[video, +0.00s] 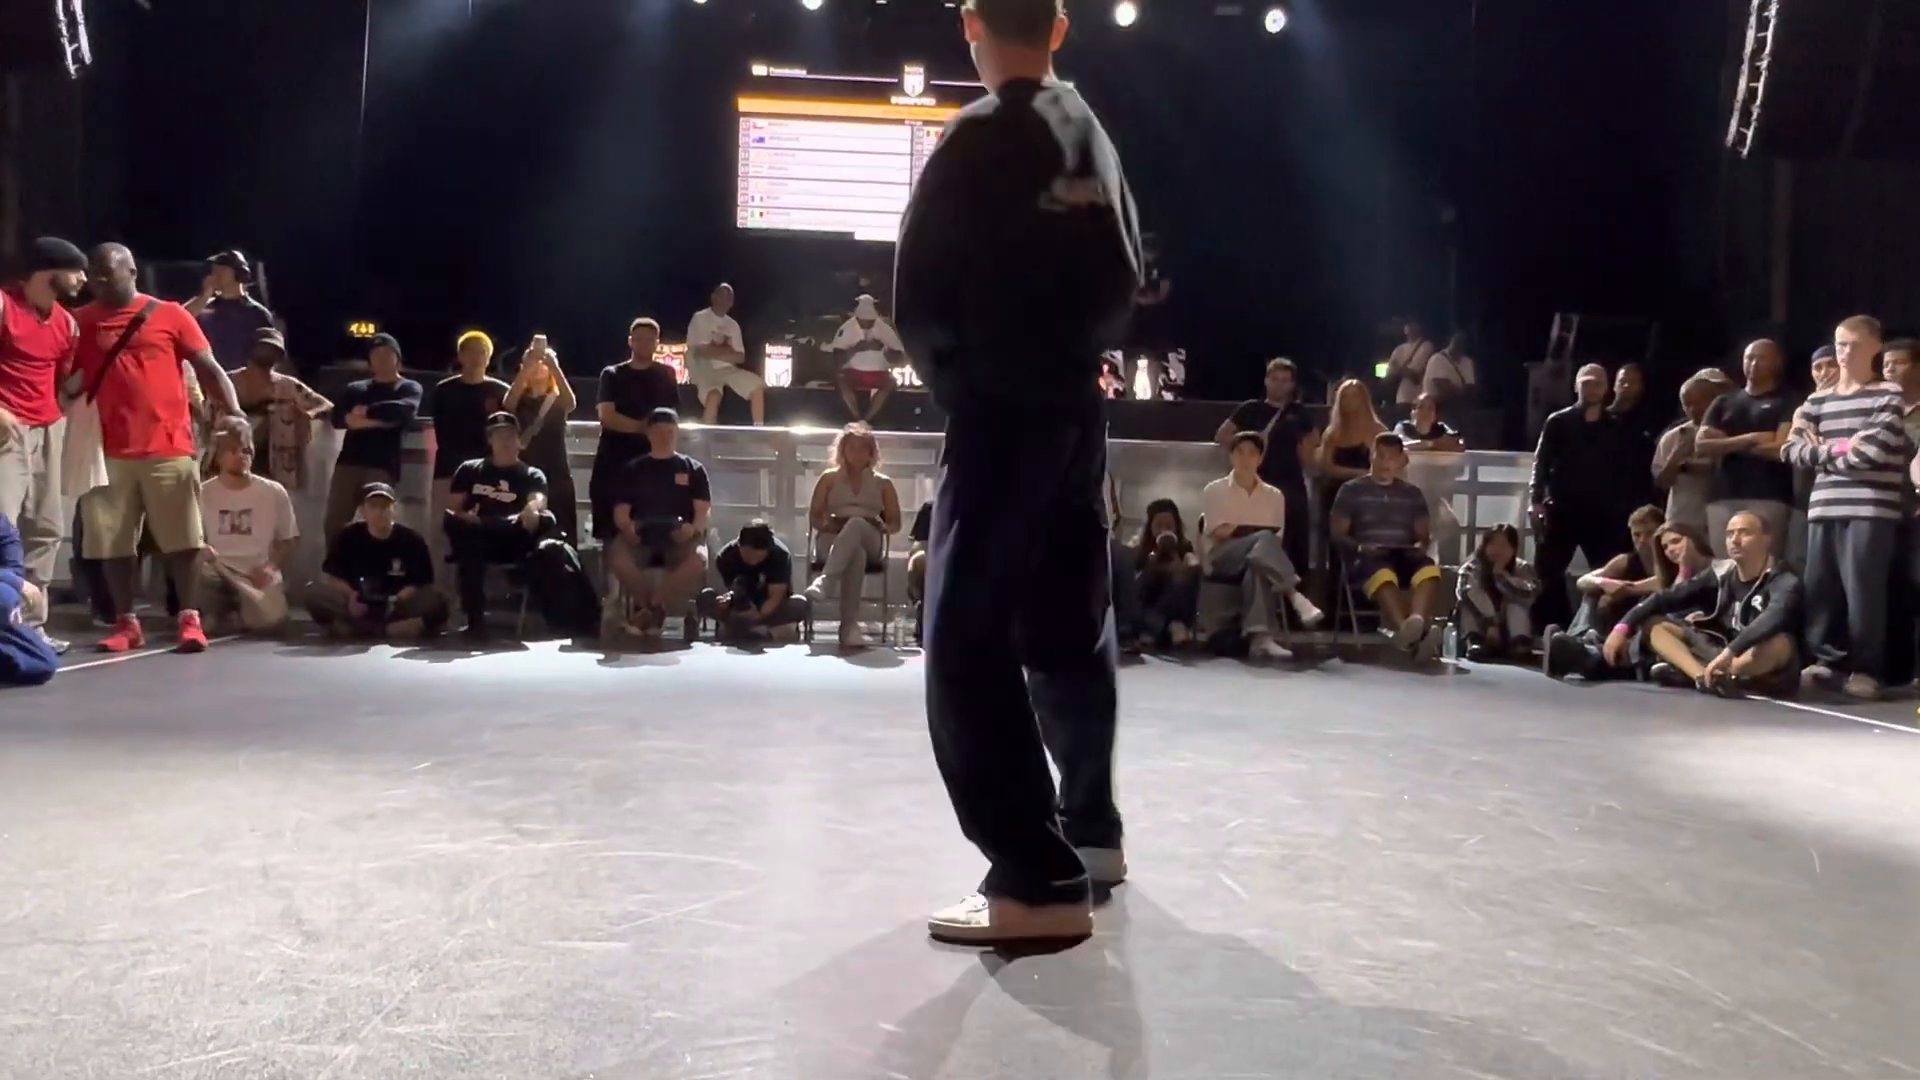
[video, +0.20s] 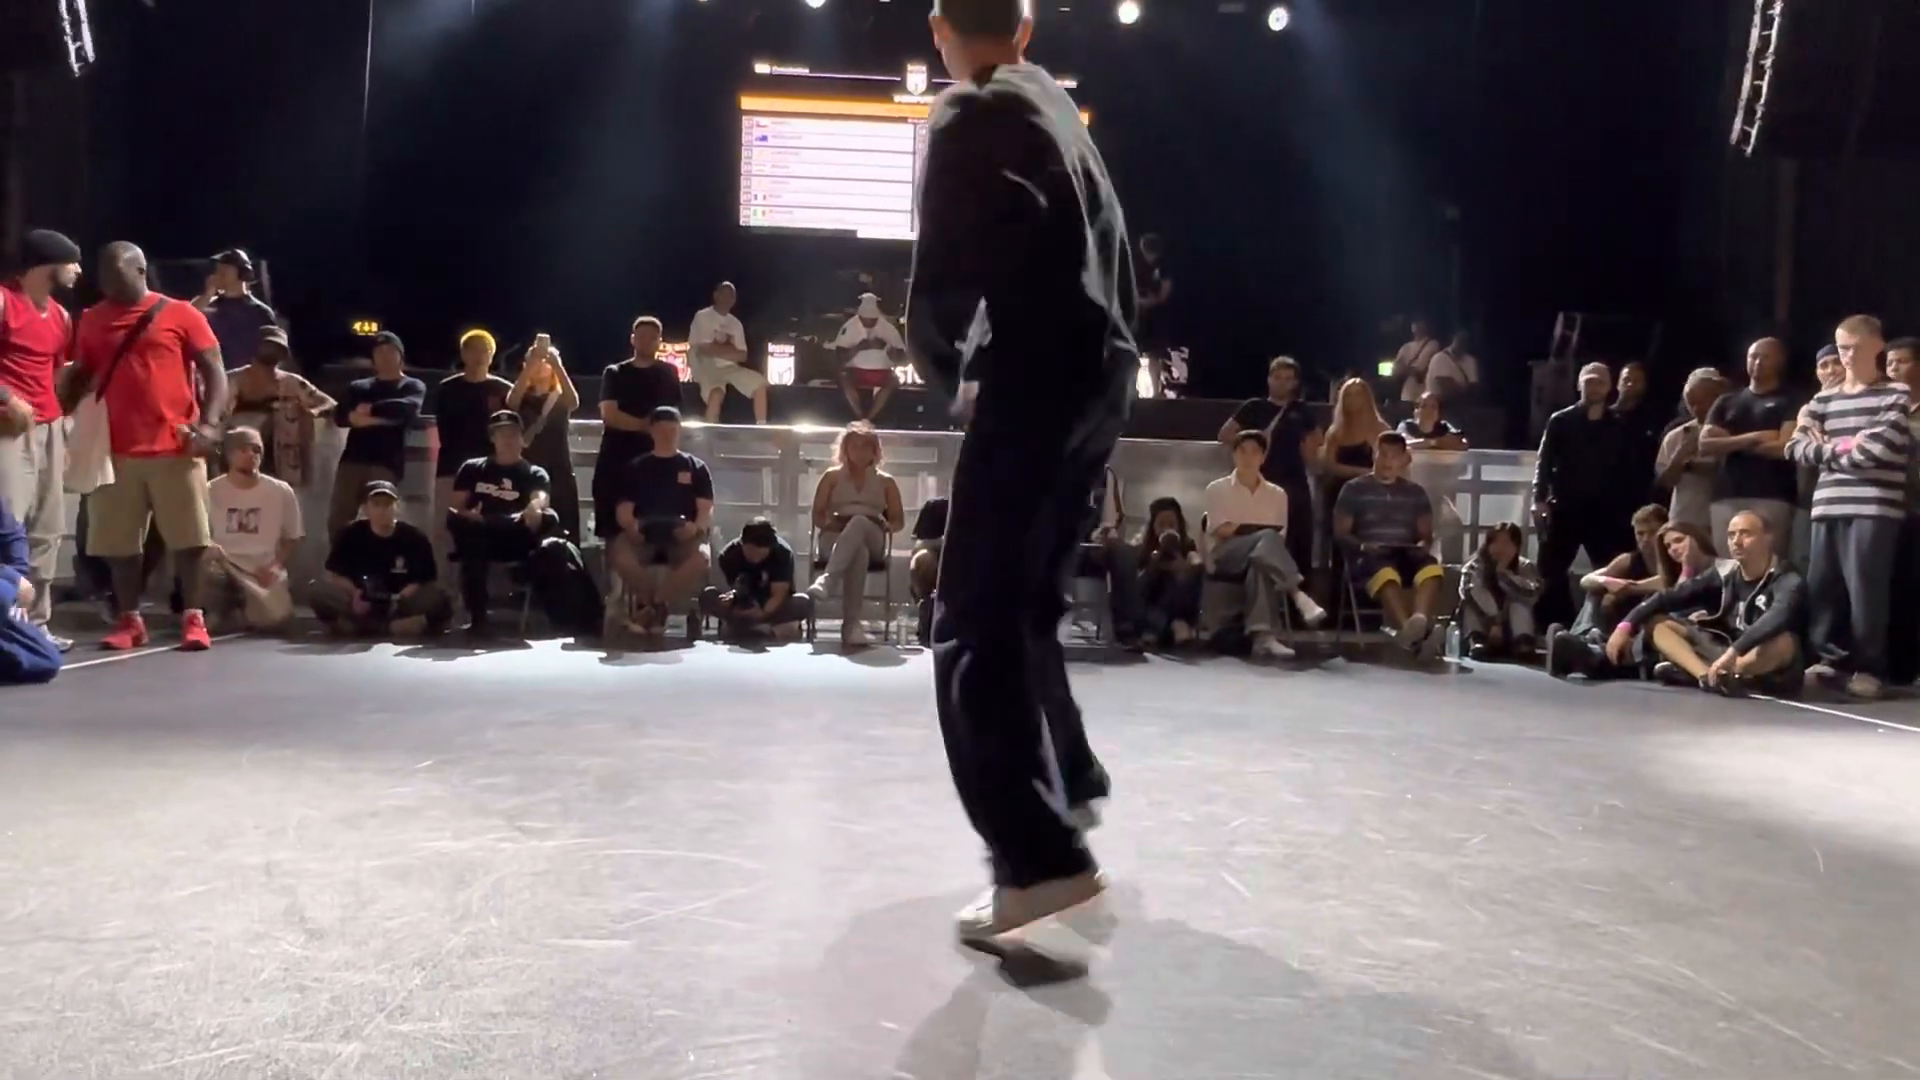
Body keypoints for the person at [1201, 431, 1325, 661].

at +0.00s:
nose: (1245, 458)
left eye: (1251, 453)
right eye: (1240, 452)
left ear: (1260, 459)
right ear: (1232, 457)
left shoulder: (1274, 496)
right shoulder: (1215, 490)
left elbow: (1276, 537)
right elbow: (1218, 533)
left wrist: (1234, 530)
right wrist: (1263, 532)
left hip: (1262, 559)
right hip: (1222, 558)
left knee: (1256, 567)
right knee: (1264, 539)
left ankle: (1260, 638)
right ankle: (1295, 597)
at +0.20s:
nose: (1247, 457)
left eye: (1254, 452)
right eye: (1242, 451)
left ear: (1263, 458)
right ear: (1234, 455)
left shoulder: (1277, 495)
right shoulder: (1217, 489)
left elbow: (1279, 535)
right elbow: (1221, 531)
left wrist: (1237, 529)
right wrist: (1267, 531)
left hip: (1265, 558)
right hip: (1225, 556)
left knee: (1259, 565)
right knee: (1268, 538)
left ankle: (1263, 637)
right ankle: (1299, 596)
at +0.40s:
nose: (1250, 458)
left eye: (1257, 453)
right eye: (1245, 452)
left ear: (1265, 458)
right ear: (1237, 456)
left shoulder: (1280, 495)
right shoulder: (1220, 489)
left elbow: (1282, 536)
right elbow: (1223, 532)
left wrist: (1240, 529)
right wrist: (1269, 531)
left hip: (1267, 558)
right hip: (1227, 557)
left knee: (1262, 566)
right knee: (1270, 538)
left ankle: (1266, 637)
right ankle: (1301, 596)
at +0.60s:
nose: (1252, 458)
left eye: (1259, 453)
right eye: (1247, 452)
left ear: (1267, 459)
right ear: (1239, 456)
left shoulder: (1282, 495)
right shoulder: (1222, 490)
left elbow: (1283, 536)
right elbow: (1226, 532)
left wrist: (1242, 530)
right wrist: (1272, 533)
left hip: (1270, 559)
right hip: (1230, 558)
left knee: (1263, 566)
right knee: (1272, 538)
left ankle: (1268, 638)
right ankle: (1303, 597)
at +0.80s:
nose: (1255, 456)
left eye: (1261, 452)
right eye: (1249, 451)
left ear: (1270, 457)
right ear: (1241, 455)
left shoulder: (1284, 494)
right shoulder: (1224, 488)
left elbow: (1286, 535)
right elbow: (1228, 531)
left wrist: (1244, 528)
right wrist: (1274, 531)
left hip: (1272, 557)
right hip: (1232, 557)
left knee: (1266, 564)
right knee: (1275, 537)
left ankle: (1270, 636)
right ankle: (1305, 595)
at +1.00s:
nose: (1257, 455)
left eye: (1264, 450)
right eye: (1252, 449)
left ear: (1272, 455)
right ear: (1244, 454)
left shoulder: (1287, 493)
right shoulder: (1227, 487)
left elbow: (1288, 534)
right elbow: (1231, 530)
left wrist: (1247, 527)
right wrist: (1277, 530)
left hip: (1276, 556)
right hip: (1235, 556)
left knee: (1270, 564)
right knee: (1278, 536)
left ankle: (1273, 635)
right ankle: (1308, 594)